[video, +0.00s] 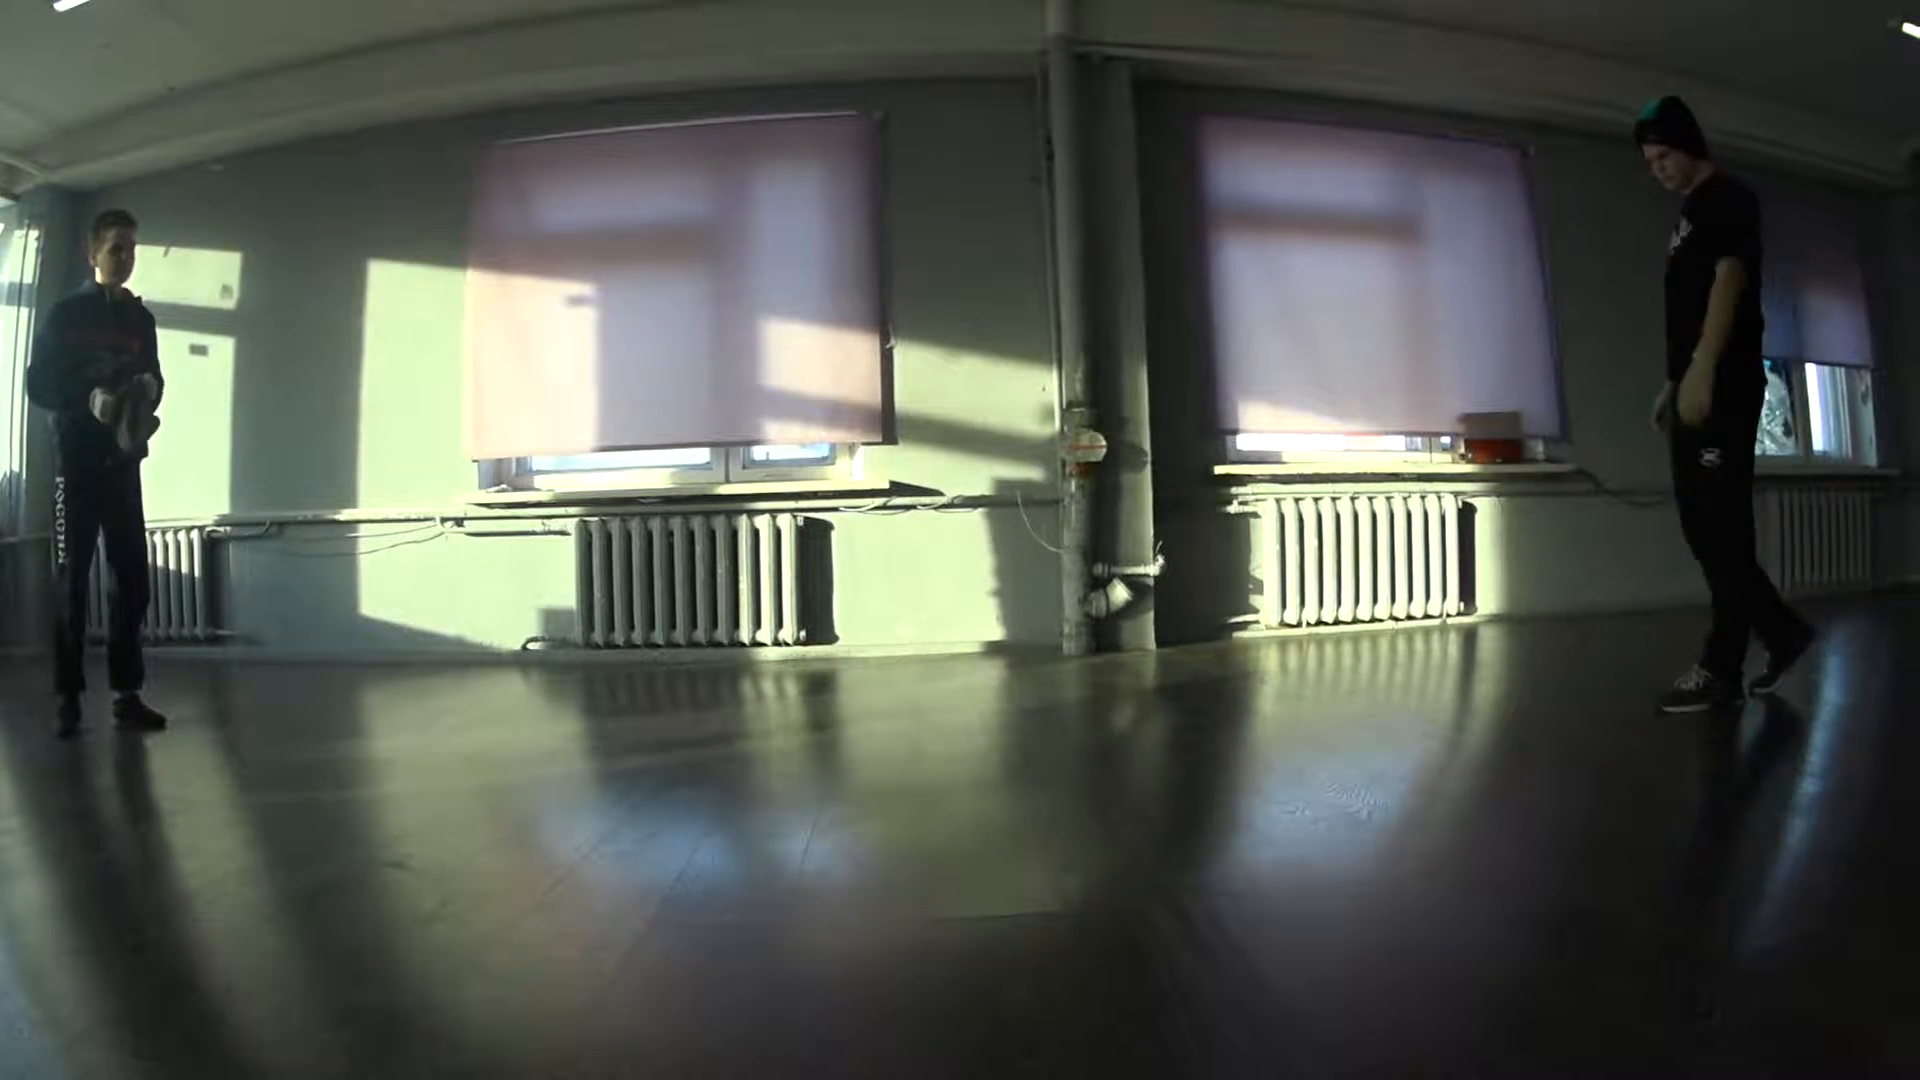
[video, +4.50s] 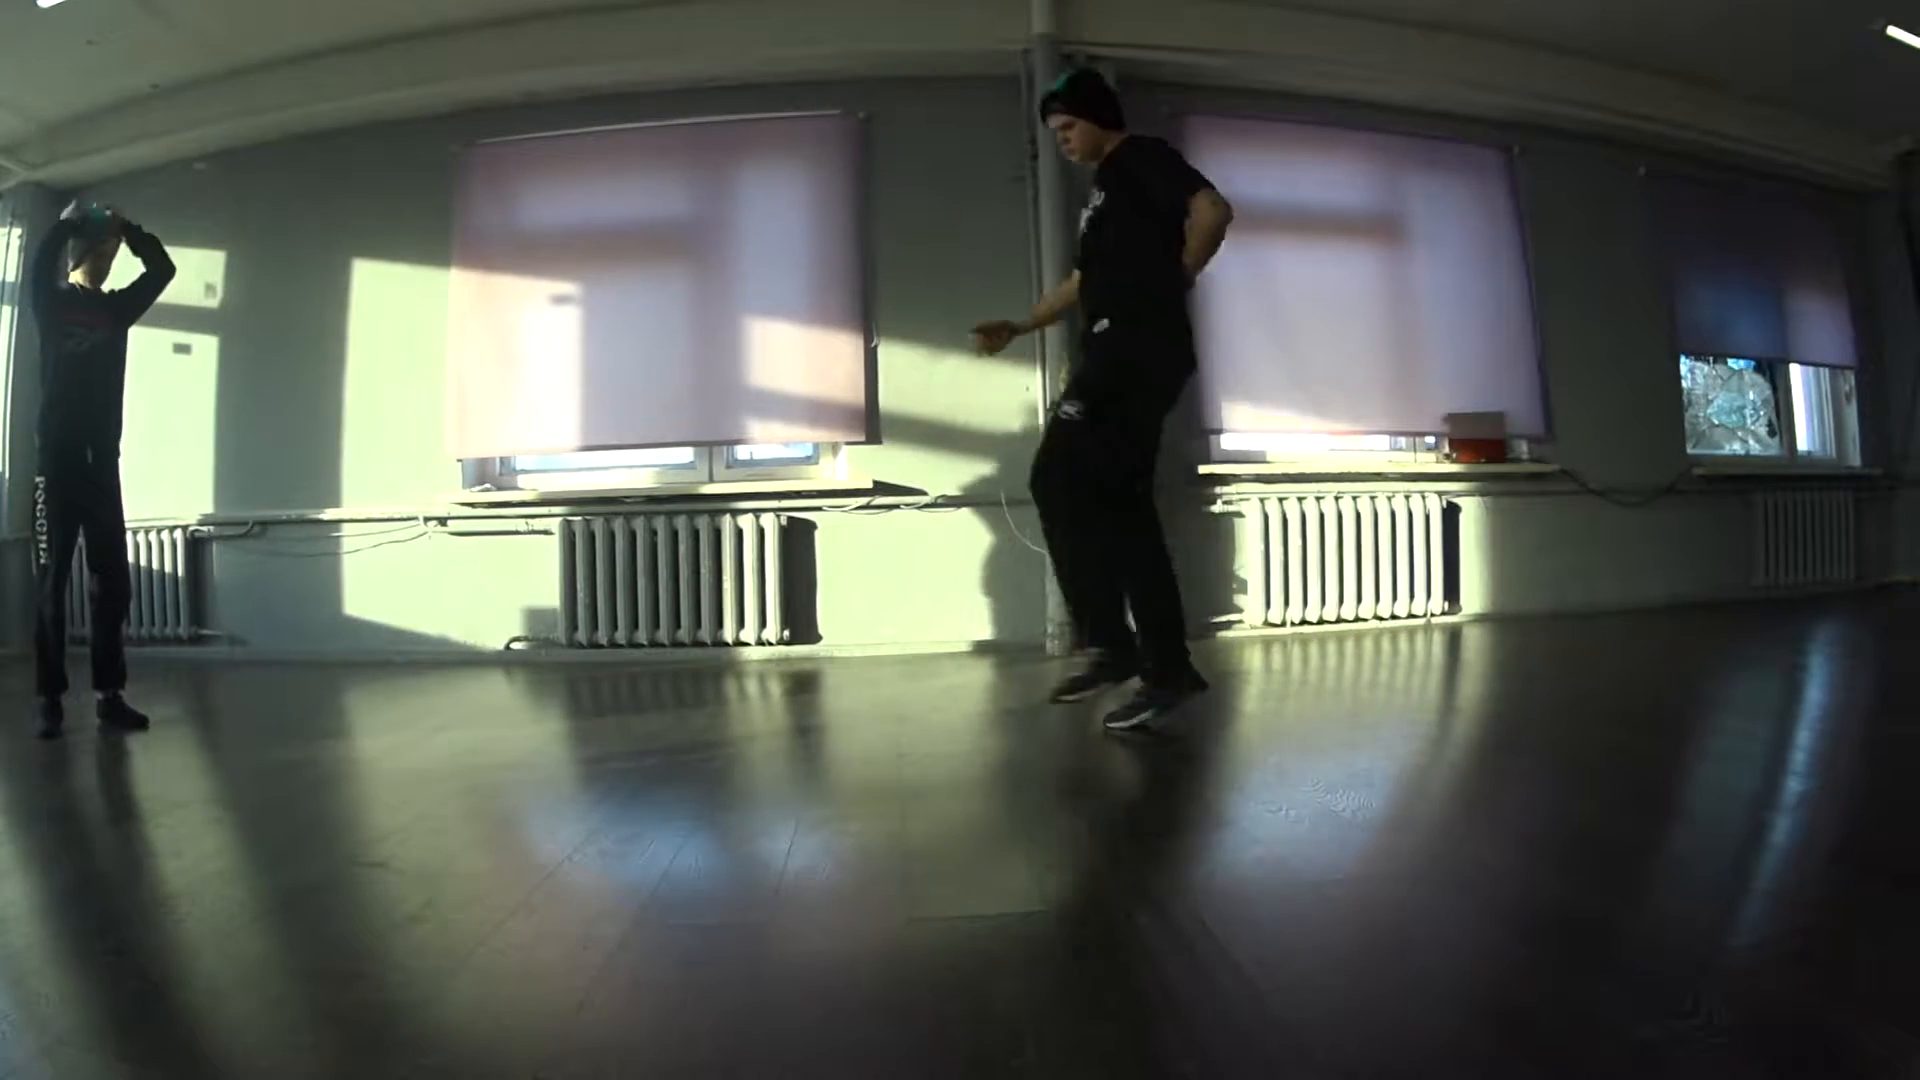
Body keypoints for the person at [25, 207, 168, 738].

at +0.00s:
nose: (125, 256)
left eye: (130, 247)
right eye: (115, 247)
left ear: (137, 253)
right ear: (92, 252)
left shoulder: (140, 315)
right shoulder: (67, 311)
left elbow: (154, 382)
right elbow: (38, 385)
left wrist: (144, 402)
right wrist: (87, 397)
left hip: (124, 456)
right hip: (78, 455)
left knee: (133, 576)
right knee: (74, 575)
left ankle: (127, 697)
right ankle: (68, 700)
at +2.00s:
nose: (111, 256)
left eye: (118, 247)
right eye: (102, 247)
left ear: (127, 251)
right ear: (83, 253)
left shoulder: (138, 315)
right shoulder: (63, 310)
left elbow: (154, 393)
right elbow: (39, 385)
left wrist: (139, 390)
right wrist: (81, 380)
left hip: (113, 456)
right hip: (66, 456)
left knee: (120, 577)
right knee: (60, 580)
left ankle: (119, 696)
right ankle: (60, 700)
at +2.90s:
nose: (106, 260)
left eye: (112, 252)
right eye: (98, 251)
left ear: (118, 256)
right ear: (77, 254)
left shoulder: (129, 311)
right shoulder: (55, 308)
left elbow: (166, 361)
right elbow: (36, 356)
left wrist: (157, 313)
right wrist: (86, 314)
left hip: (109, 460)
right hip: (61, 459)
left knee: (117, 579)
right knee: (56, 580)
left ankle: (115, 696)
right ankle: (56, 700)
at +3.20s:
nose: (108, 259)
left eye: (116, 250)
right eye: (99, 249)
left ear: (123, 255)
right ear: (80, 252)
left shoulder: (130, 308)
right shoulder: (58, 302)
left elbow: (173, 276)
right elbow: (43, 274)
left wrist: (143, 231)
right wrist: (78, 229)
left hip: (109, 456)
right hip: (62, 454)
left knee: (117, 582)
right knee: (57, 579)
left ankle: (115, 697)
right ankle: (55, 701)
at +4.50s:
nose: (108, 261)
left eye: (112, 253)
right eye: (101, 251)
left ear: (111, 256)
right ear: (78, 252)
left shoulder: (117, 307)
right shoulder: (50, 301)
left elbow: (162, 271)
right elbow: (40, 264)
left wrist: (129, 229)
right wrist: (67, 223)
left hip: (103, 454)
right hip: (57, 451)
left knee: (113, 579)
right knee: (54, 575)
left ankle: (111, 697)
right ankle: (50, 702)